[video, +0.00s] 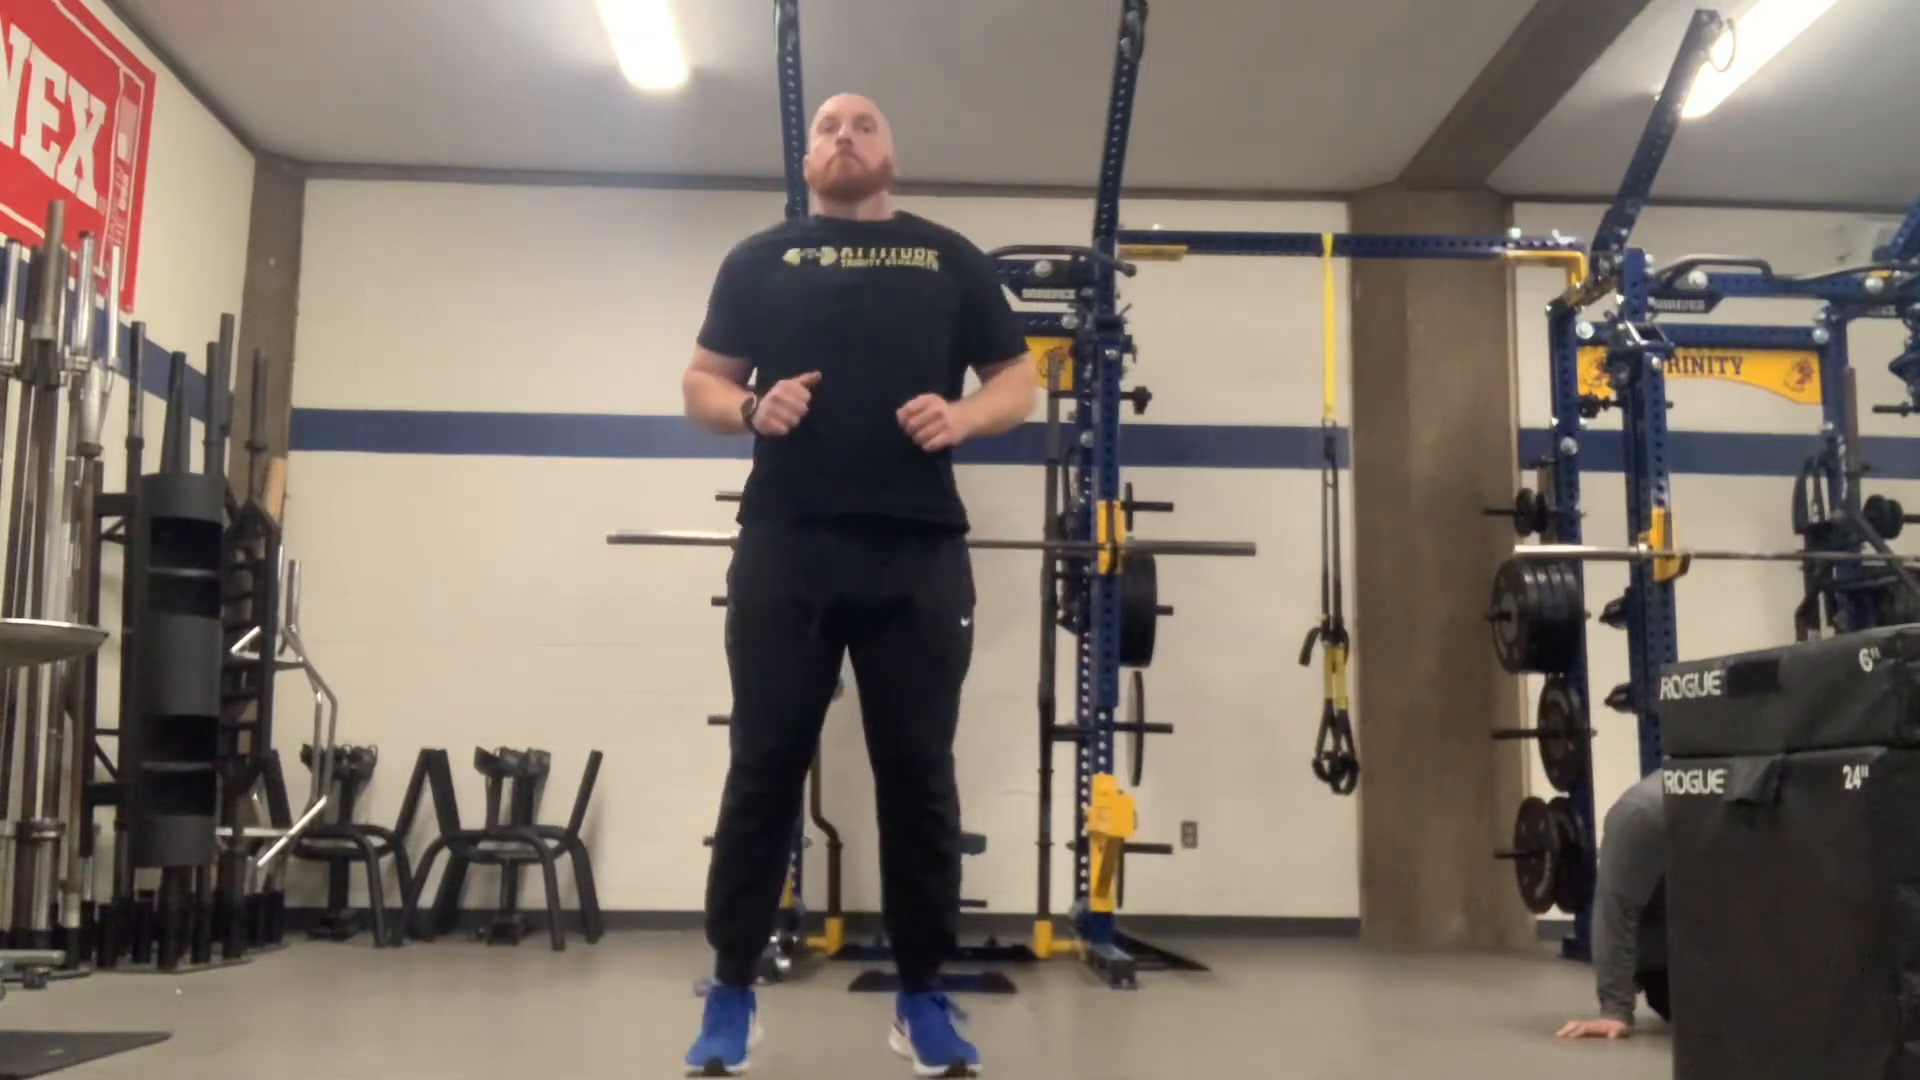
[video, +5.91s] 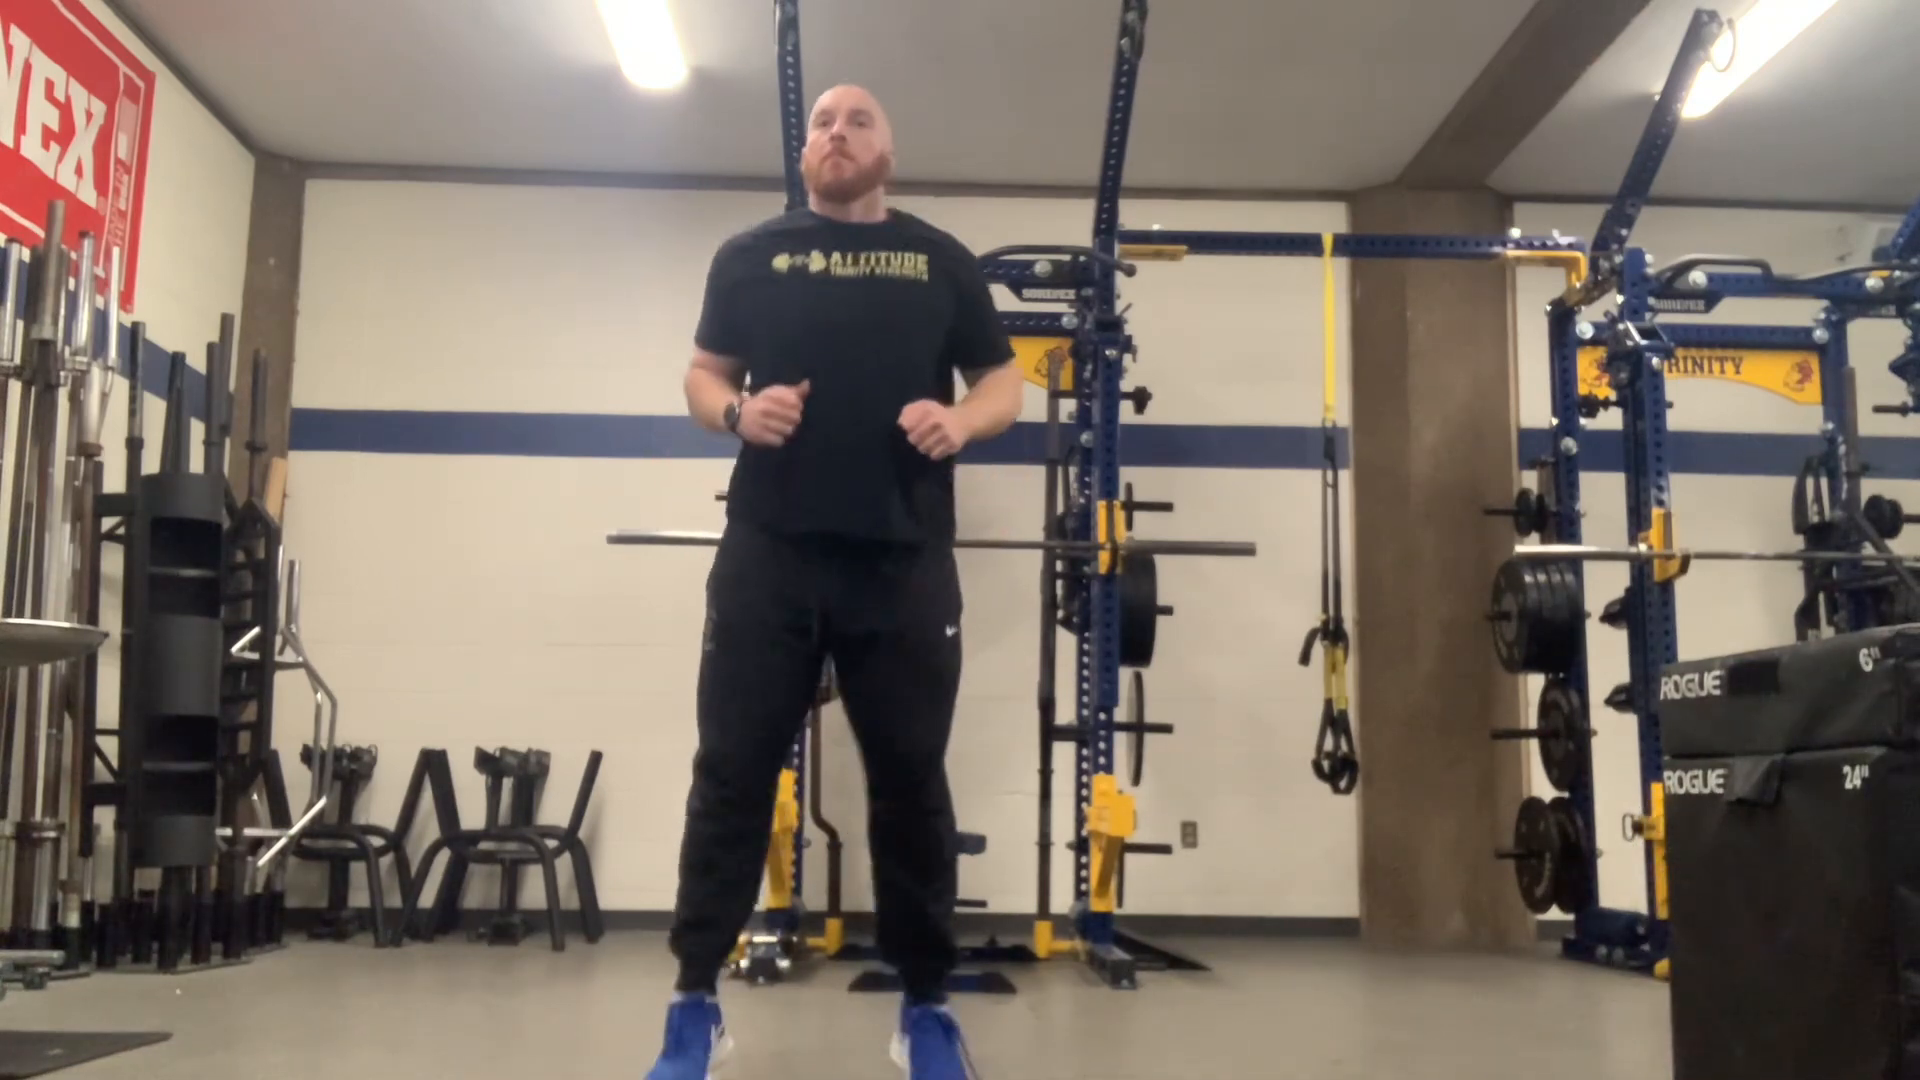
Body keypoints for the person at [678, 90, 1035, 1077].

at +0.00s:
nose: (847, 128)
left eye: (864, 120)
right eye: (828, 124)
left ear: (896, 156)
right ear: (804, 163)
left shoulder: (953, 260)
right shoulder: (758, 261)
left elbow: (1018, 387)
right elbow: (702, 390)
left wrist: (966, 416)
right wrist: (750, 407)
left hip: (916, 554)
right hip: (785, 552)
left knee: (920, 777)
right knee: (763, 772)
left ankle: (923, 996)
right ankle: (730, 991)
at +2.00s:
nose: (839, 152)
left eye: (857, 140)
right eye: (823, 143)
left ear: (890, 168)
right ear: (801, 174)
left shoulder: (945, 278)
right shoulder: (755, 279)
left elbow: (1009, 400)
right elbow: (705, 401)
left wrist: (963, 422)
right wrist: (741, 433)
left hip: (907, 573)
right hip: (780, 572)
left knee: (910, 791)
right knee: (751, 782)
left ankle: (913, 994)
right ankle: (730, 983)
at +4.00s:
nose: (828, 201)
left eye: (847, 189)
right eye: (812, 192)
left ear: (881, 221)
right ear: (791, 226)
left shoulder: (936, 331)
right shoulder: (742, 333)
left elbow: (1008, 448)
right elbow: (672, 454)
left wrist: (968, 476)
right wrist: (708, 484)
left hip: (902, 608)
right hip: (769, 606)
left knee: (912, 810)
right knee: (737, 803)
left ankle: (920, 1030)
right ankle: (705, 1027)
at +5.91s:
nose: (837, 132)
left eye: (858, 121)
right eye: (822, 122)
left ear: (893, 152)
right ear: (801, 154)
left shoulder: (941, 261)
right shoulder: (749, 257)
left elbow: (1004, 385)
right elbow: (704, 379)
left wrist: (962, 421)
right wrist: (736, 411)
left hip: (902, 563)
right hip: (768, 557)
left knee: (911, 785)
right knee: (729, 777)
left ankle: (926, 1010)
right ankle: (693, 1004)